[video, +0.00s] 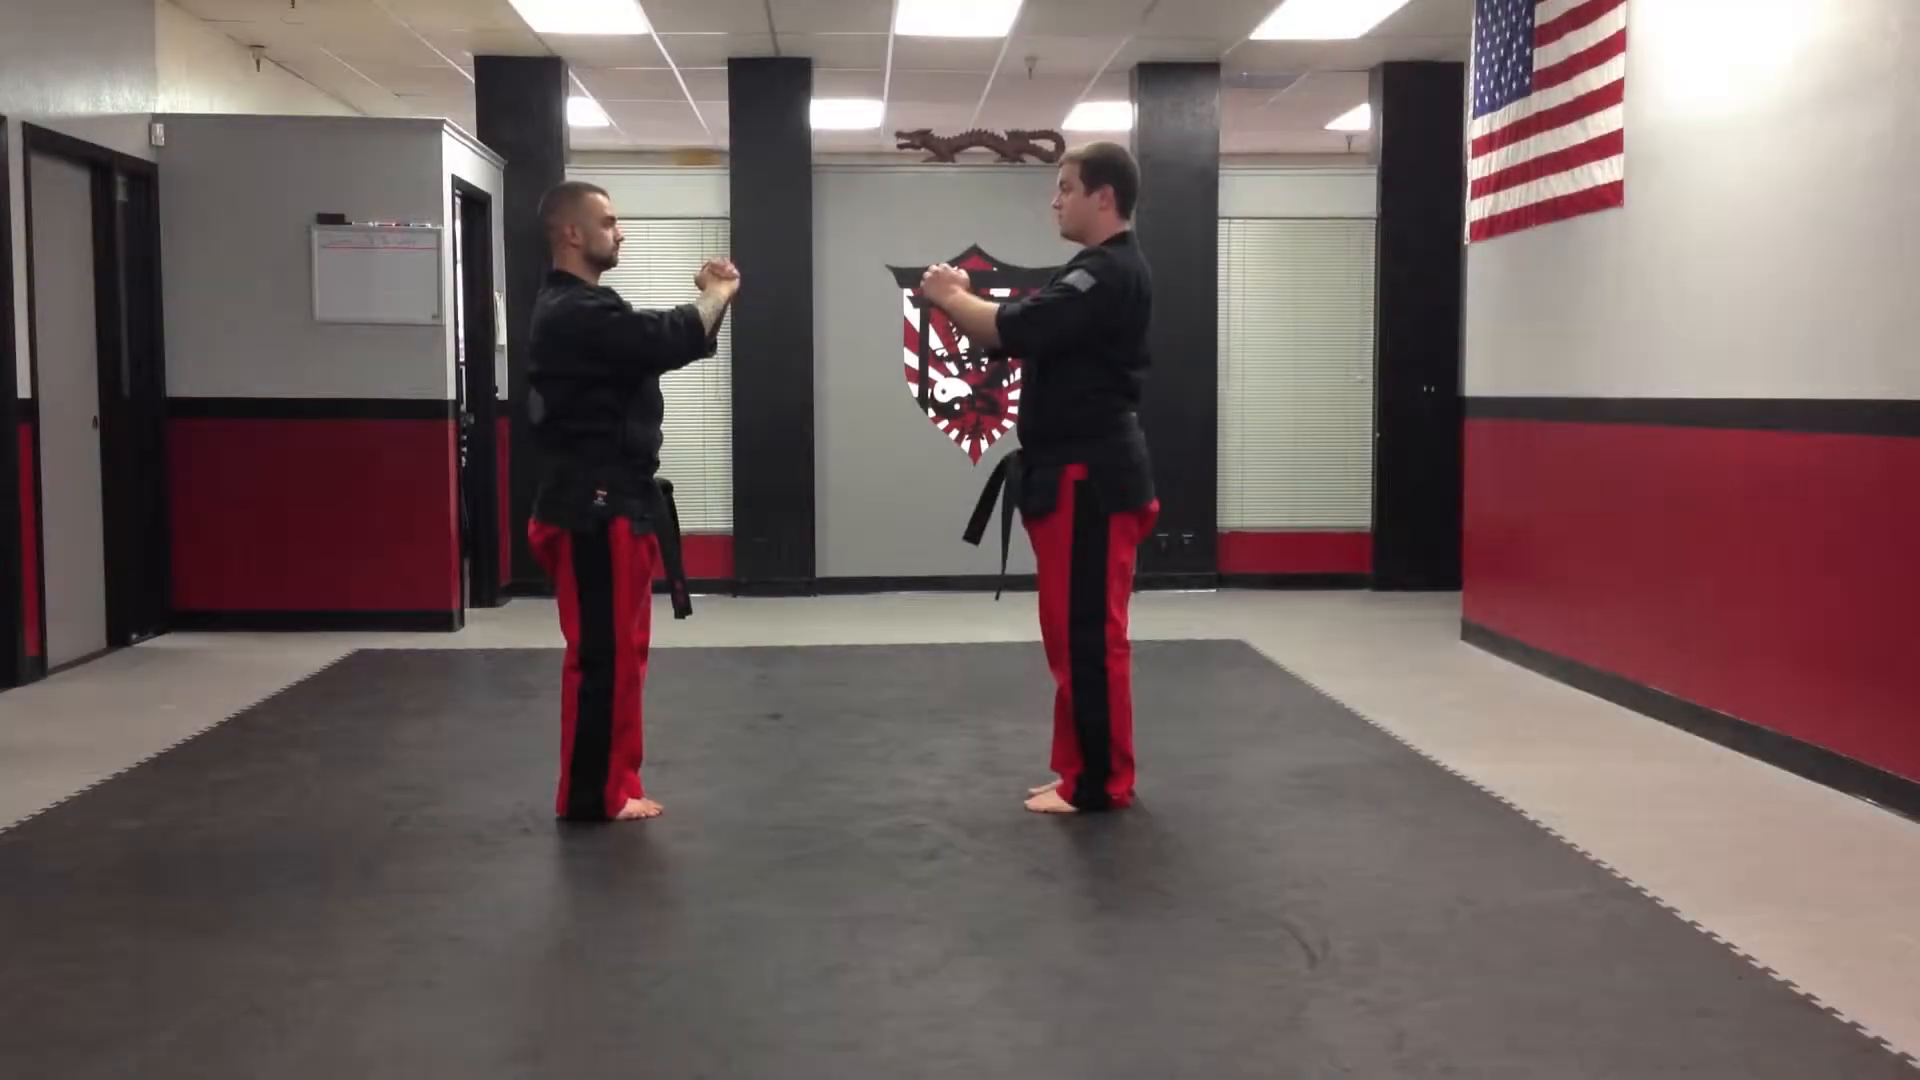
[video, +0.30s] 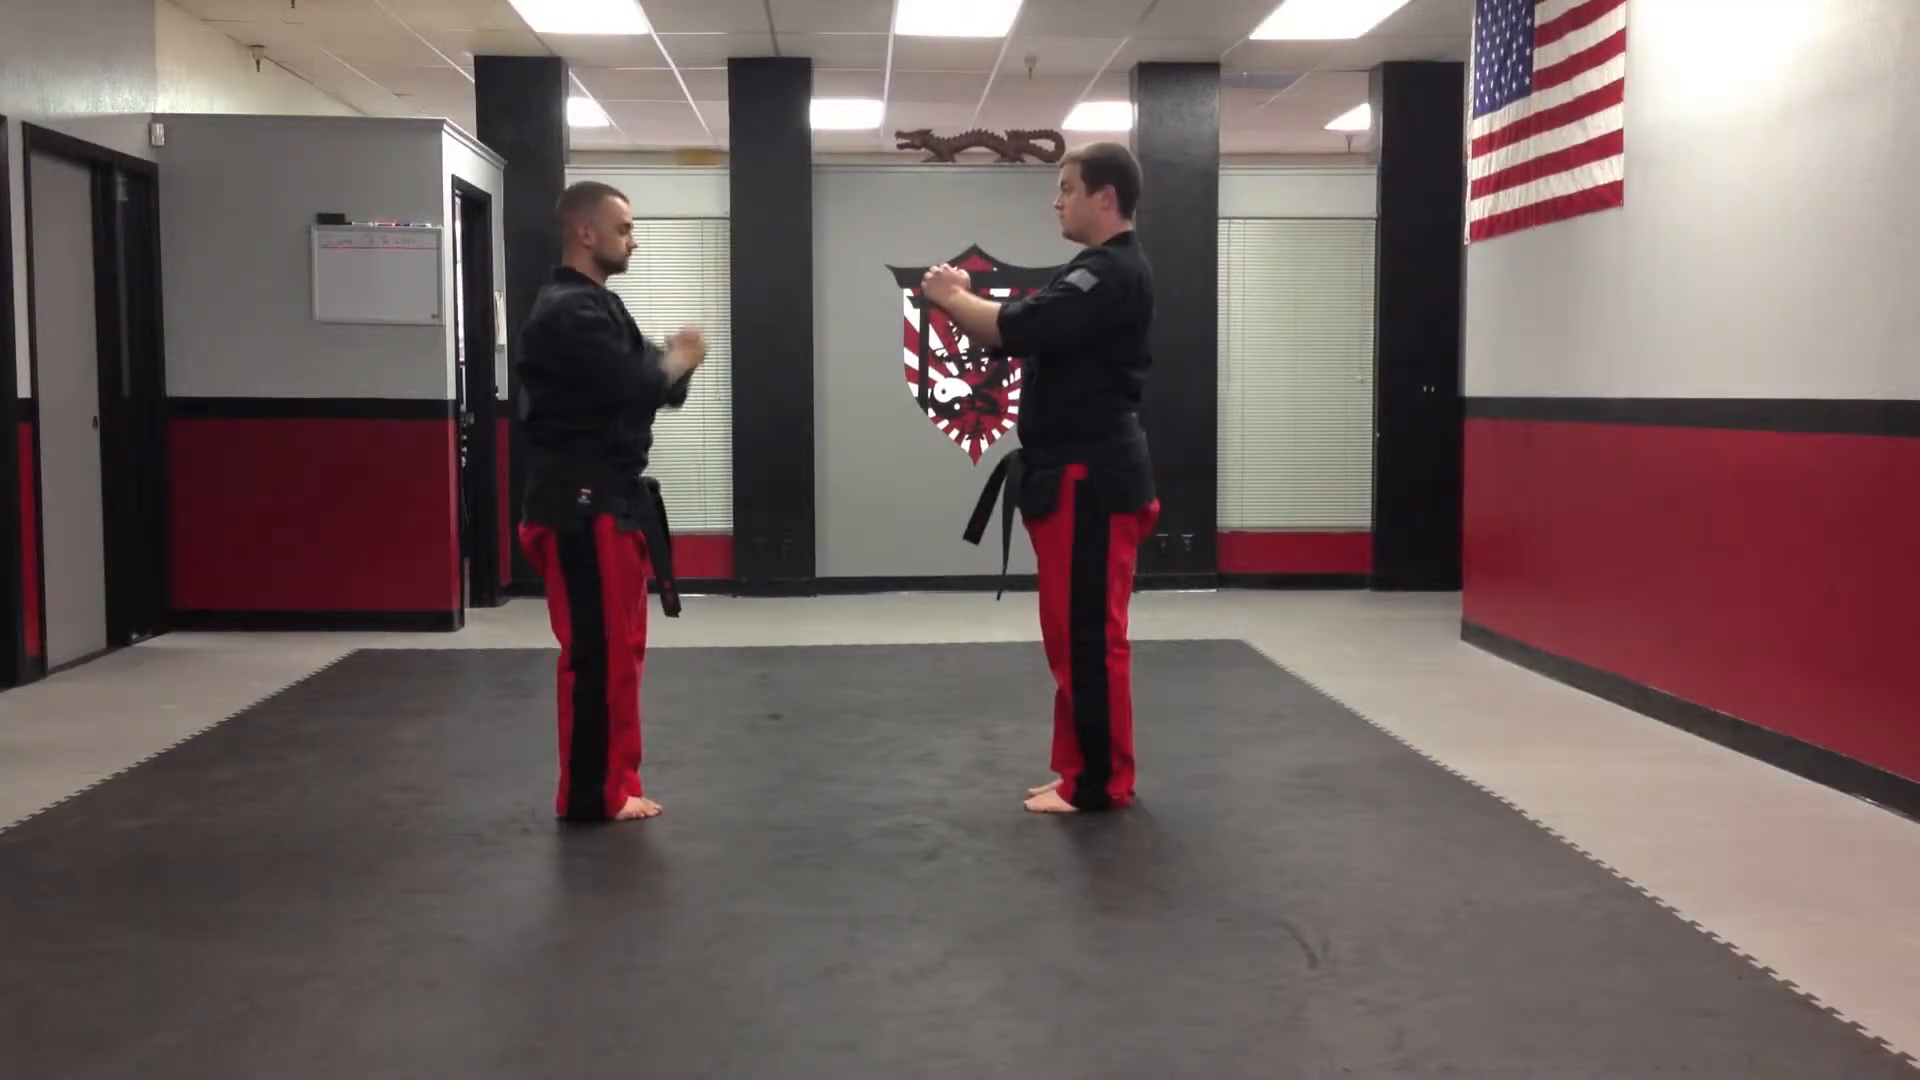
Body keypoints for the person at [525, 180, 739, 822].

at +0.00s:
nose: (620, 233)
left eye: (617, 222)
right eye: (607, 223)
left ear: (575, 236)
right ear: (570, 234)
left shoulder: (581, 306)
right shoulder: (578, 311)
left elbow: (677, 343)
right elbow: (662, 342)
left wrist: (710, 303)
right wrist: (713, 299)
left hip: (606, 505)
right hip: (595, 508)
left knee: (612, 653)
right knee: (609, 656)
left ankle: (607, 790)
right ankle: (600, 795)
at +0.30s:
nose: (632, 239)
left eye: (632, 229)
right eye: (622, 229)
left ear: (586, 237)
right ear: (583, 233)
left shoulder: (598, 305)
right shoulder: (568, 309)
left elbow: (643, 386)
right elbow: (622, 386)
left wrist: (673, 364)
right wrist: (674, 362)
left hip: (608, 502)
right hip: (578, 506)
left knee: (620, 649)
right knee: (597, 651)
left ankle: (614, 785)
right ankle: (592, 795)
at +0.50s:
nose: (652, 258)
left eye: (653, 247)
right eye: (644, 245)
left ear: (611, 243)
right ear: (606, 240)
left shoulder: (604, 311)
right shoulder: (558, 312)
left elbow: (579, 403)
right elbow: (550, 409)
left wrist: (624, 405)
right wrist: (615, 406)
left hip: (604, 496)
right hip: (561, 500)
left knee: (619, 639)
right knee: (573, 642)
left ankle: (603, 783)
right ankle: (520, 778)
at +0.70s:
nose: (631, 265)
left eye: (633, 253)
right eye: (626, 251)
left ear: (588, 247)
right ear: (586, 244)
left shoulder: (583, 314)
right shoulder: (537, 315)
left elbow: (571, 402)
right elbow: (533, 413)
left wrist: (603, 398)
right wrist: (600, 407)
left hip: (586, 507)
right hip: (538, 510)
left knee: (604, 650)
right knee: (508, 651)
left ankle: (601, 785)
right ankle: (424, 769)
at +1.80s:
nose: (586, 263)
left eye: (585, 252)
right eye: (577, 252)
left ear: (543, 259)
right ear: (538, 257)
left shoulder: (565, 333)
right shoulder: (496, 334)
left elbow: (646, 377)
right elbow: (552, 396)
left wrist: (686, 338)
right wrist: (585, 338)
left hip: (565, 521)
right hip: (499, 525)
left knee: (614, 644)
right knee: (464, 663)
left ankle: (637, 769)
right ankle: (410, 793)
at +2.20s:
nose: (633, 268)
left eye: (632, 257)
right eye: (623, 257)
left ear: (590, 265)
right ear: (583, 263)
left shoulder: (610, 335)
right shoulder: (549, 339)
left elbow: (686, 384)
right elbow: (609, 403)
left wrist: (730, 347)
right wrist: (636, 340)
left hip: (618, 519)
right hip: (558, 524)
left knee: (664, 640)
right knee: (525, 657)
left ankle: (647, 769)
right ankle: (436, 781)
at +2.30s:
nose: (656, 263)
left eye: (655, 252)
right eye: (646, 253)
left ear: (619, 259)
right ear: (609, 258)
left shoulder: (636, 331)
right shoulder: (582, 336)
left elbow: (692, 390)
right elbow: (643, 399)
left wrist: (736, 353)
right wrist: (667, 336)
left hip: (644, 511)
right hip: (592, 518)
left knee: (673, 641)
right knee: (615, 641)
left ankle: (646, 769)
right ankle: (506, 761)